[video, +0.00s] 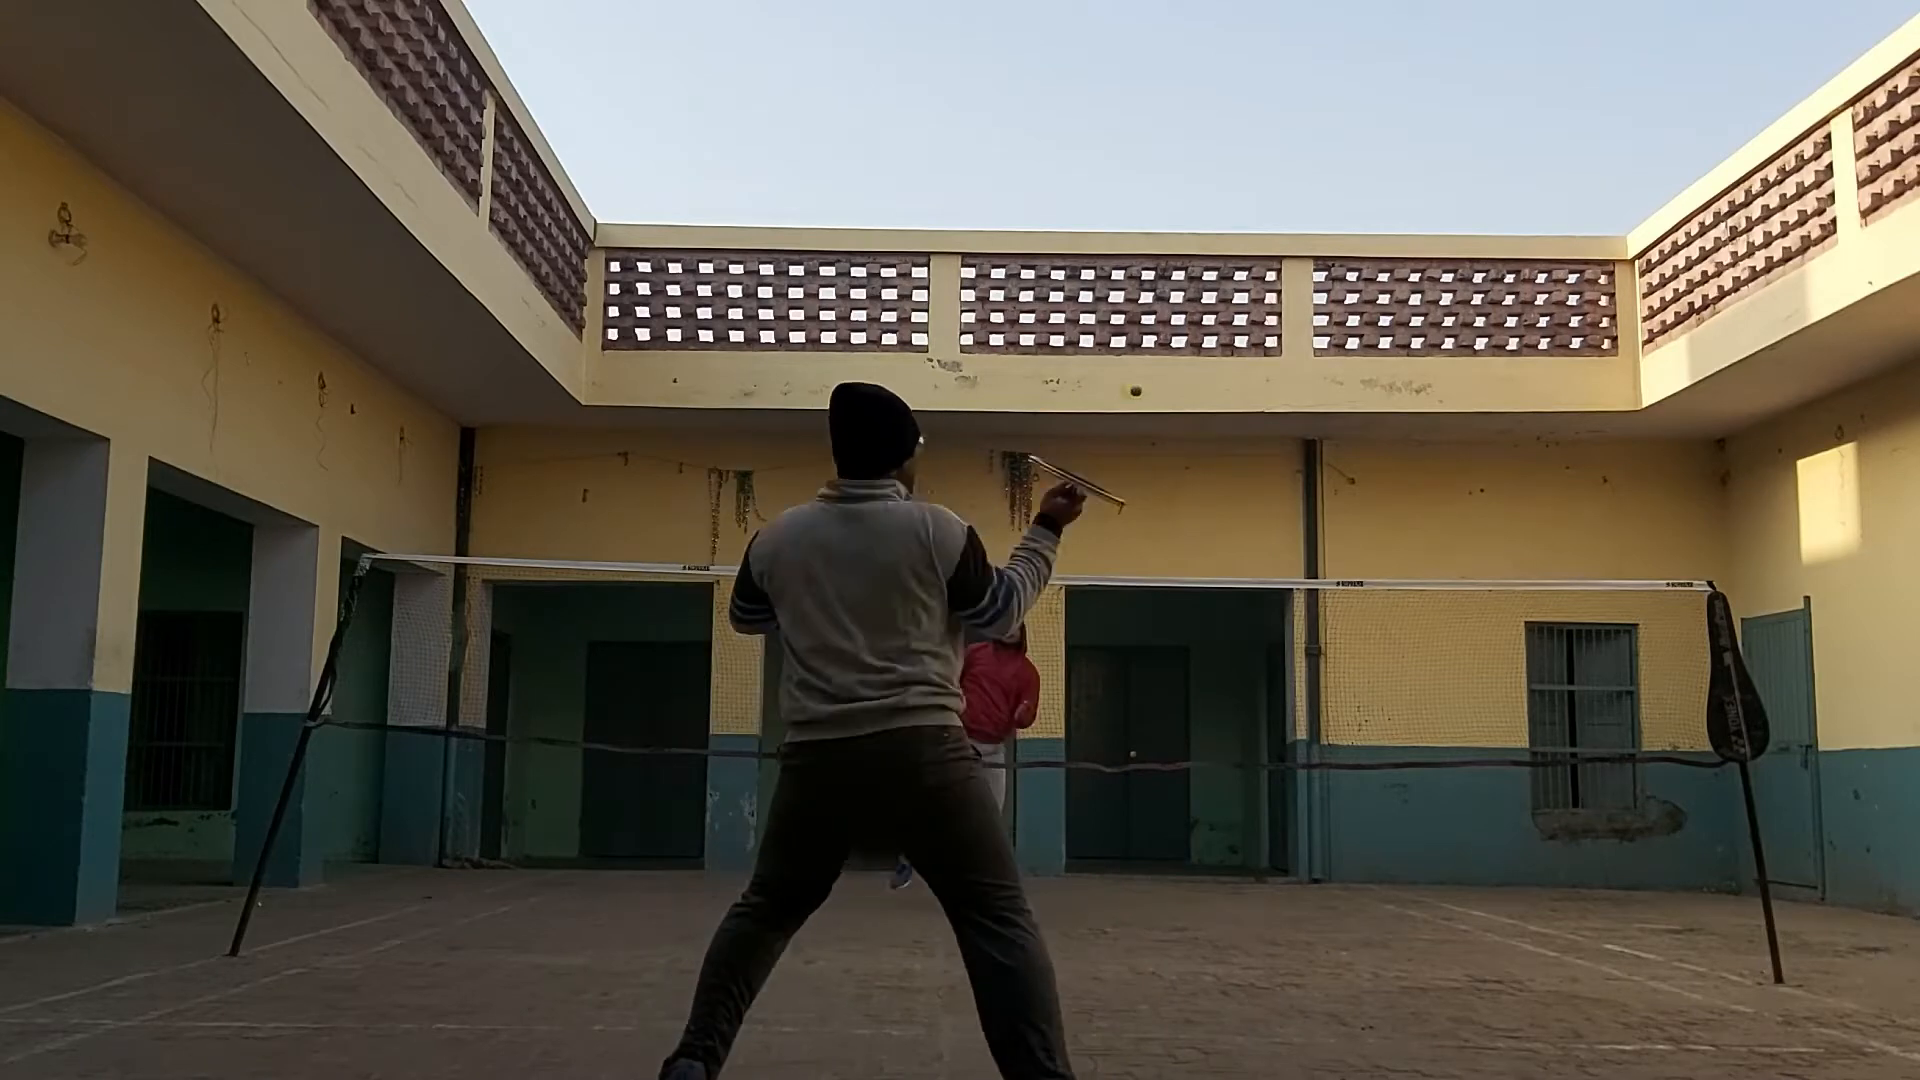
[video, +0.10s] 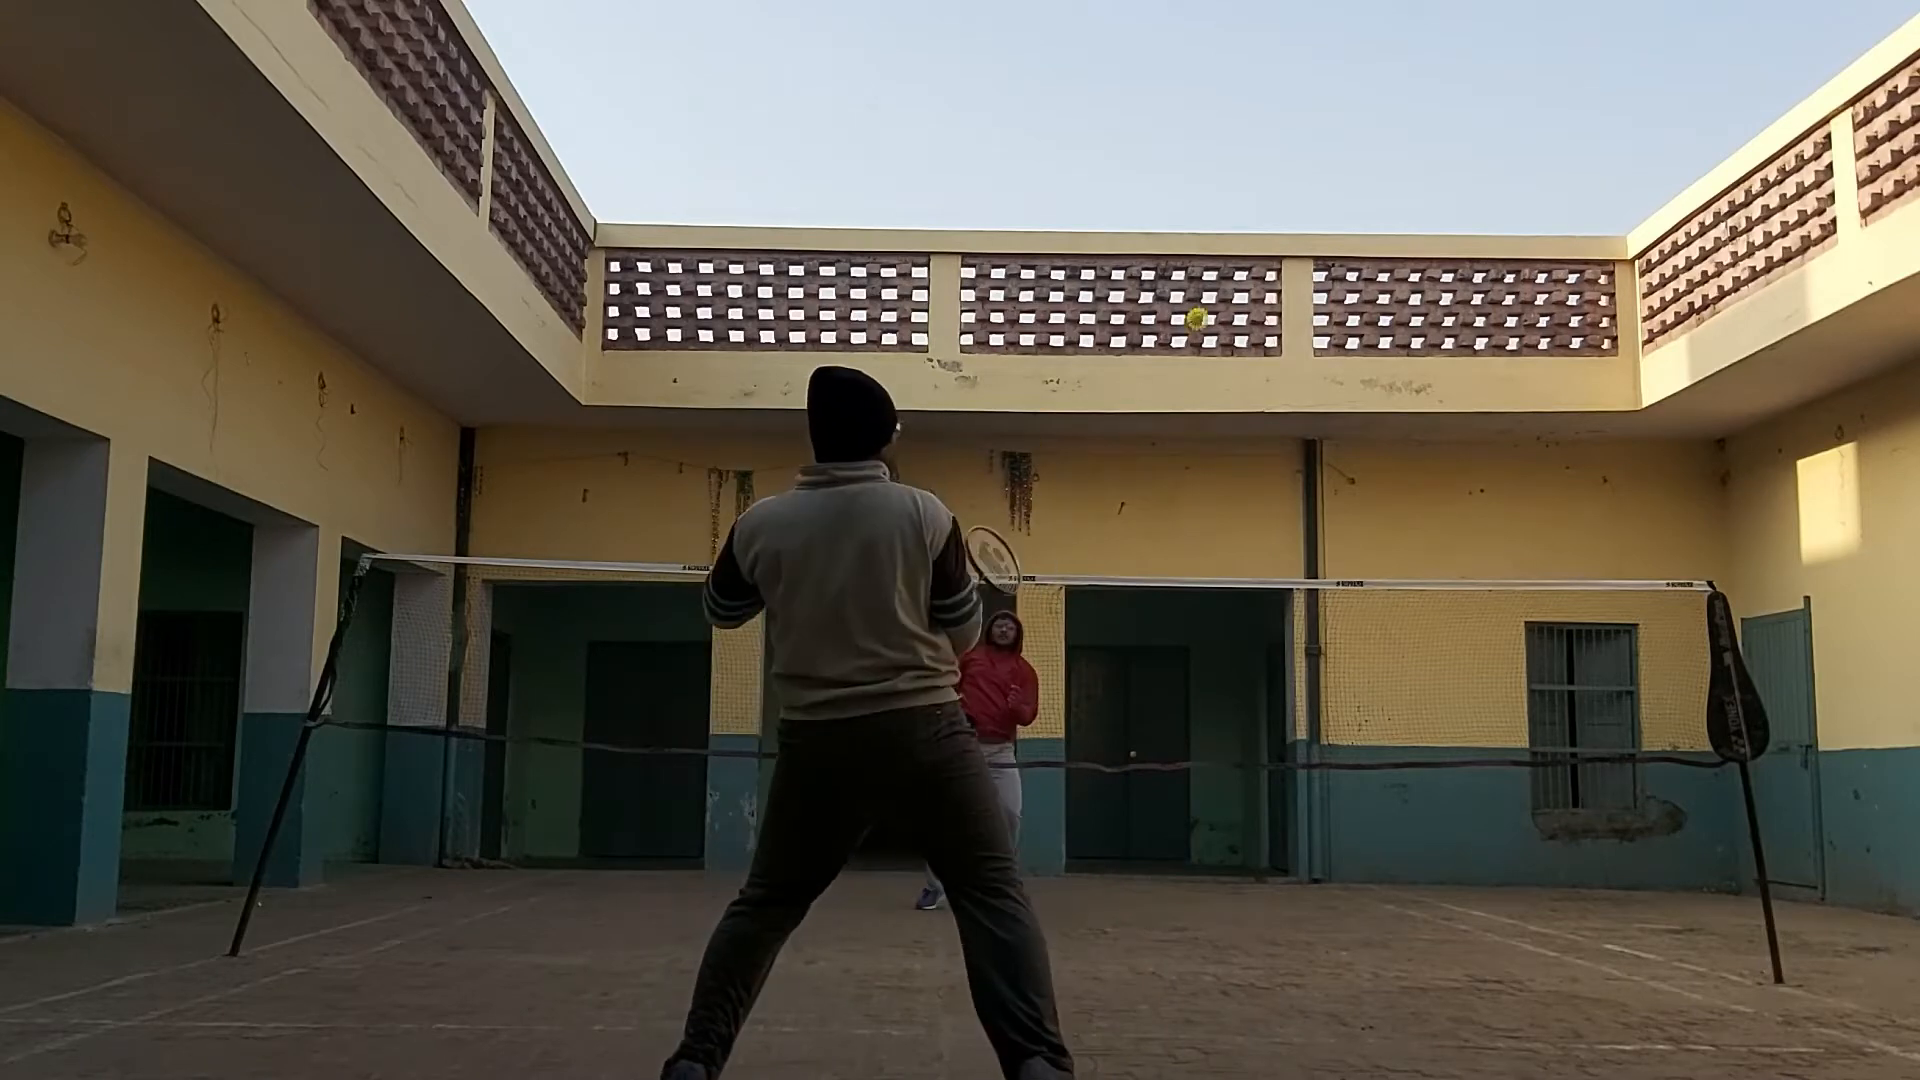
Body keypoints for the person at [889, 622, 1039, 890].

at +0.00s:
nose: (1009, 629)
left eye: (1014, 625)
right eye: (1004, 624)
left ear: (1021, 632)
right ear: (995, 628)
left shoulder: (1027, 671)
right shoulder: (974, 652)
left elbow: (1025, 719)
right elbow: (951, 681)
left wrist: (1020, 712)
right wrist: (957, 701)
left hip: (992, 748)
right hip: (958, 742)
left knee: (989, 817)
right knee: (934, 805)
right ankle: (907, 860)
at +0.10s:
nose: (1004, 629)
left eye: (1010, 626)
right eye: (999, 624)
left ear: (1017, 635)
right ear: (989, 629)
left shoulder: (1024, 669)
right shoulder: (969, 658)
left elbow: (1028, 715)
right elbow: (947, 689)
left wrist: (1016, 704)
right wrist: (957, 705)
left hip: (1001, 752)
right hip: (963, 749)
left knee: (1010, 815)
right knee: (947, 819)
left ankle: (1002, 888)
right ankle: (935, 887)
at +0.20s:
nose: (1001, 642)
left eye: (1006, 638)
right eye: (996, 637)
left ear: (1013, 646)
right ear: (986, 643)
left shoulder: (1020, 676)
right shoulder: (968, 673)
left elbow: (1030, 715)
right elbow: (954, 710)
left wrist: (1012, 695)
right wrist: (957, 684)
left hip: (1007, 762)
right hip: (970, 762)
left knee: (1028, 821)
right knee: (953, 825)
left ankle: (1047, 884)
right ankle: (935, 888)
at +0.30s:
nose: (1013, 658)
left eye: (1018, 654)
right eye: (1008, 653)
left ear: (1026, 660)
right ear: (1000, 659)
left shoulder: (1034, 690)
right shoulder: (986, 691)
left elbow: (1033, 692)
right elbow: (974, 729)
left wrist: (1014, 671)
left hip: (1018, 778)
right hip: (982, 778)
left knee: (1047, 832)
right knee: (960, 832)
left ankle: (1089, 891)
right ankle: (935, 888)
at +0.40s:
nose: (1023, 659)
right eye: (1019, 655)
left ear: (1044, 660)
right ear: (1018, 659)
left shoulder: (1053, 687)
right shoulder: (1007, 691)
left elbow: (1057, 660)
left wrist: (1030, 631)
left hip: (1041, 778)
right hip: (1003, 778)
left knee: (1062, 838)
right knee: (969, 832)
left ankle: (1088, 894)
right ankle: (941, 888)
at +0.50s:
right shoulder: (1016, 621)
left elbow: (1095, 626)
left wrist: (1072, 597)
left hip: (1064, 749)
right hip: (1016, 746)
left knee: (1081, 829)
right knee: (993, 817)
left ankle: (1094, 891)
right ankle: (964, 879)